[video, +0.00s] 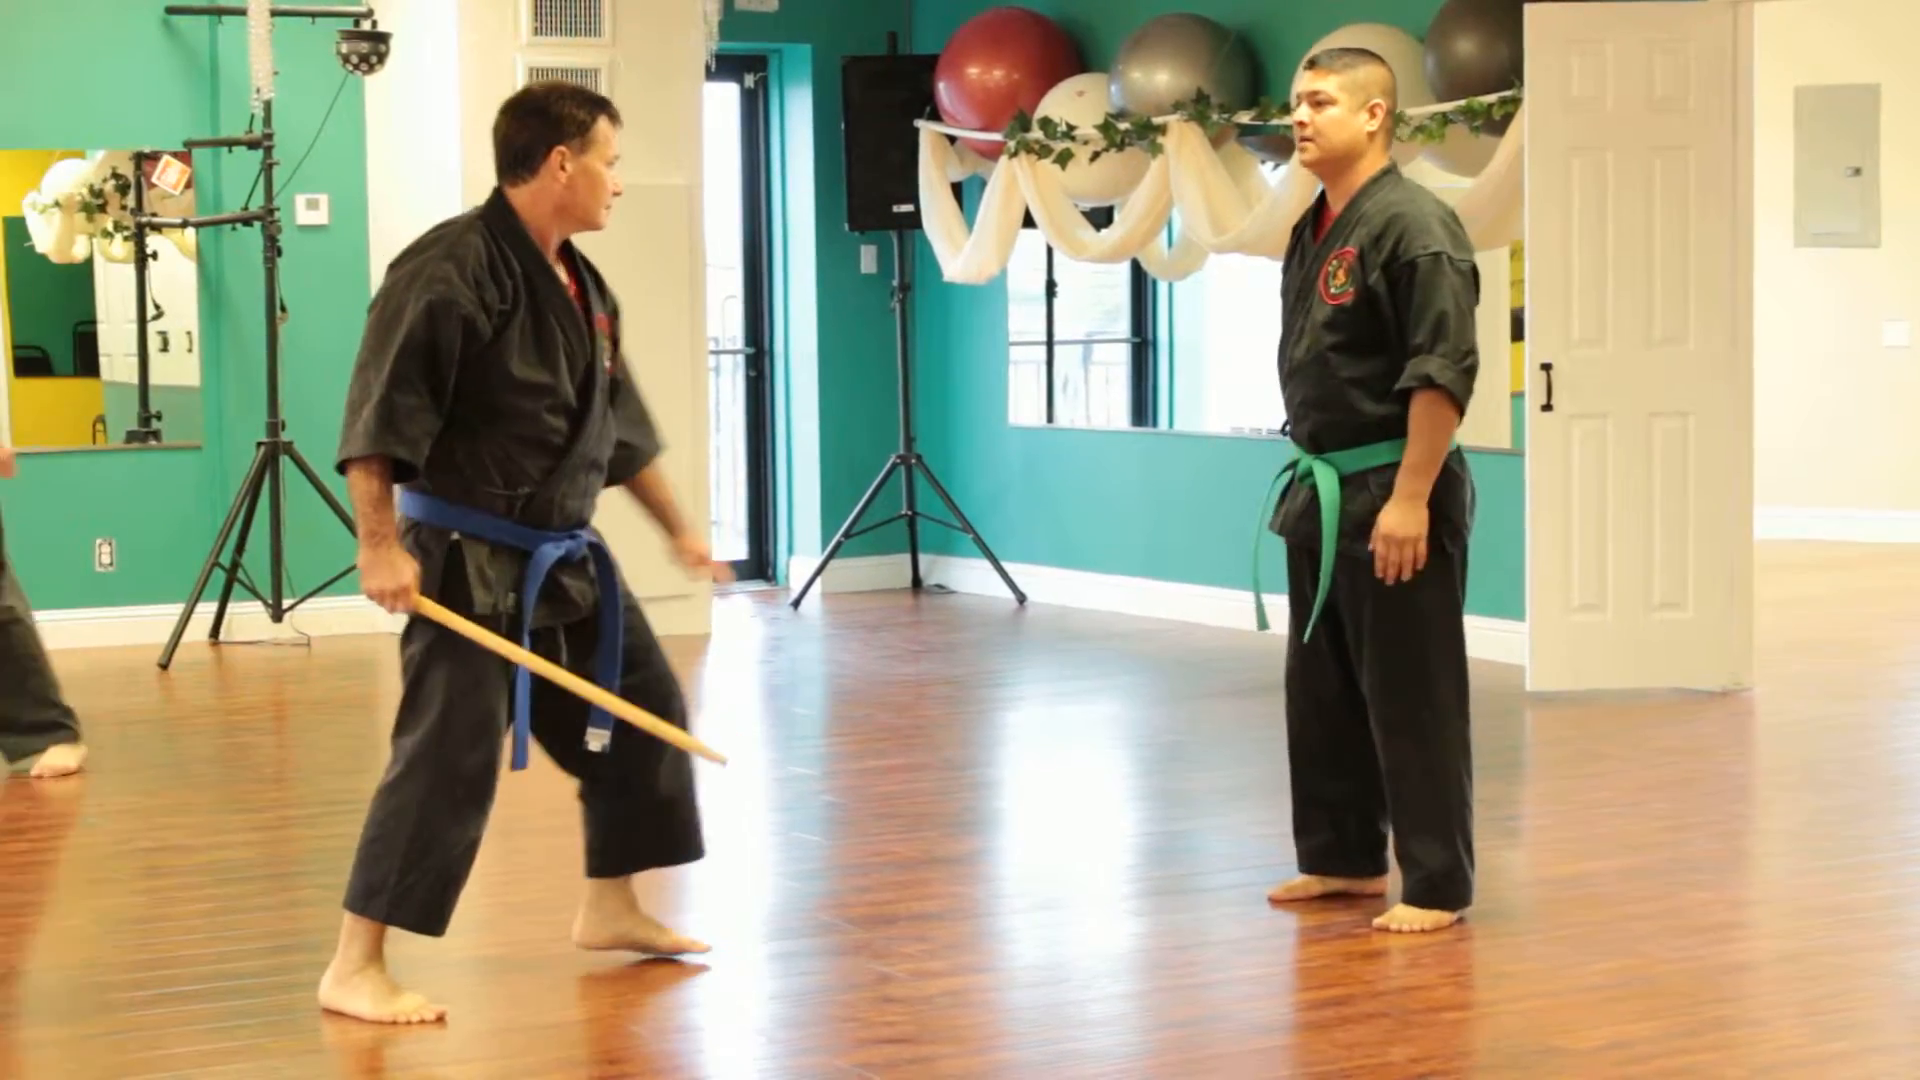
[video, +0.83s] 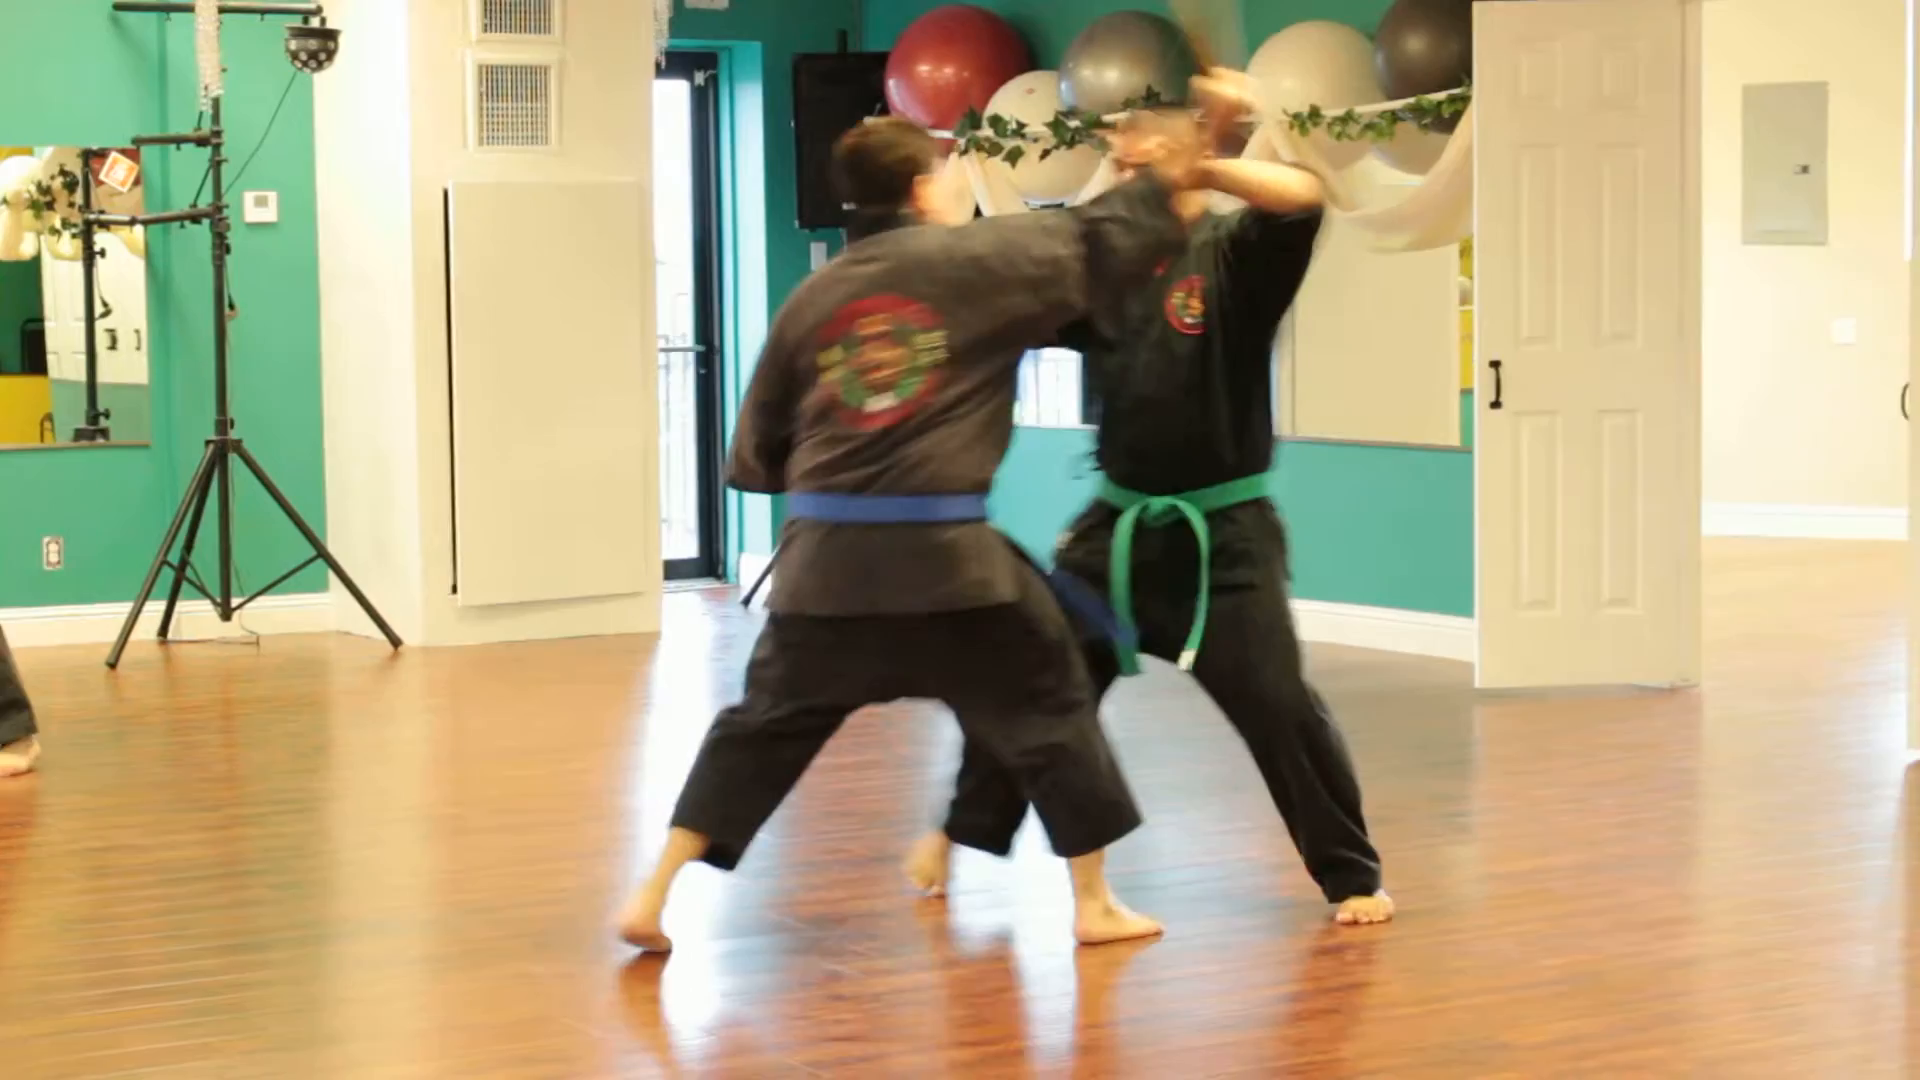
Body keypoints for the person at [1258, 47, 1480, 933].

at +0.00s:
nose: (1299, 118)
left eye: (1319, 102)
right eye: (1297, 104)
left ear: (1375, 116)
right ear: (1301, 121)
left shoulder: (1416, 222)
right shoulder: (1314, 225)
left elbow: (1443, 373)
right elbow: (1316, 360)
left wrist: (1412, 496)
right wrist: (1304, 470)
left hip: (1398, 479)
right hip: (1325, 479)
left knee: (1412, 691)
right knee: (1327, 684)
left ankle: (1437, 887)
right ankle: (1345, 861)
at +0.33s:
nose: (1276, 131)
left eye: (1295, 116)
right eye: (1274, 118)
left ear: (1352, 127)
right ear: (1291, 132)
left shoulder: (1377, 233)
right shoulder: (1313, 228)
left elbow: (1375, 385)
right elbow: (1312, 373)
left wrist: (1301, 477)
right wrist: (1268, 454)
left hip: (1385, 487)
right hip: (1318, 480)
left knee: (1375, 679)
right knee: (1307, 675)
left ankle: (1388, 873)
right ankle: (1336, 861)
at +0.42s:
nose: (1272, 144)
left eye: (1291, 129)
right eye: (1269, 131)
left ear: (1347, 140)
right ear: (1274, 145)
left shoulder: (1366, 239)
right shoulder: (1310, 241)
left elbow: (1335, 370)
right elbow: (1283, 369)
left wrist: (1220, 383)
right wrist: (1264, 387)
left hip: (1379, 497)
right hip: (1303, 494)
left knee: (1373, 688)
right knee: (1246, 658)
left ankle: (1384, 873)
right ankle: (1308, 824)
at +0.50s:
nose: (1268, 154)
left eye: (1286, 139)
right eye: (1264, 140)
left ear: (1340, 150)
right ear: (1269, 153)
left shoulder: (1359, 253)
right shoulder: (1309, 244)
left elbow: (1255, 349)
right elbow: (1282, 296)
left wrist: (1170, 291)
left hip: (1371, 505)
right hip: (1291, 500)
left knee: (1366, 684)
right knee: (1199, 642)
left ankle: (1383, 878)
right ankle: (1226, 812)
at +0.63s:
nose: (1248, 163)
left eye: (1265, 146)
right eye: (1241, 150)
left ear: (1321, 153)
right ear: (1243, 164)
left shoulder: (1337, 247)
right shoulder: (1267, 246)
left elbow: (1232, 291)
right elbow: (1201, 280)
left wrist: (1146, 230)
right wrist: (1168, 204)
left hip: (1343, 513)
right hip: (1257, 510)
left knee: (1338, 691)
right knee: (1159, 663)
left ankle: (1382, 884)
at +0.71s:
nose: (1194, 169)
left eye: (1210, 154)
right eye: (1188, 156)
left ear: (1265, 162)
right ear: (1185, 167)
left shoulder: (1293, 246)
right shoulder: (1191, 261)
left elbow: (1219, 245)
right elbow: (1128, 295)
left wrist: (1116, 212)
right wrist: (1079, 205)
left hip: (1284, 513)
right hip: (1189, 510)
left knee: (1299, 694)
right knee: (1096, 676)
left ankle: (1348, 884)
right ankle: (1016, 826)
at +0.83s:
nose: (1133, 163)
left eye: (1154, 146)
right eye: (1125, 149)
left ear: (1198, 158)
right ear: (1112, 162)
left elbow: (1305, 199)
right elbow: (999, 282)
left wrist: (1201, 167)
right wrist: (959, 194)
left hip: (1228, 516)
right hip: (1121, 515)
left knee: (1270, 694)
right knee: (1041, 672)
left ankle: (1353, 880)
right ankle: (953, 831)